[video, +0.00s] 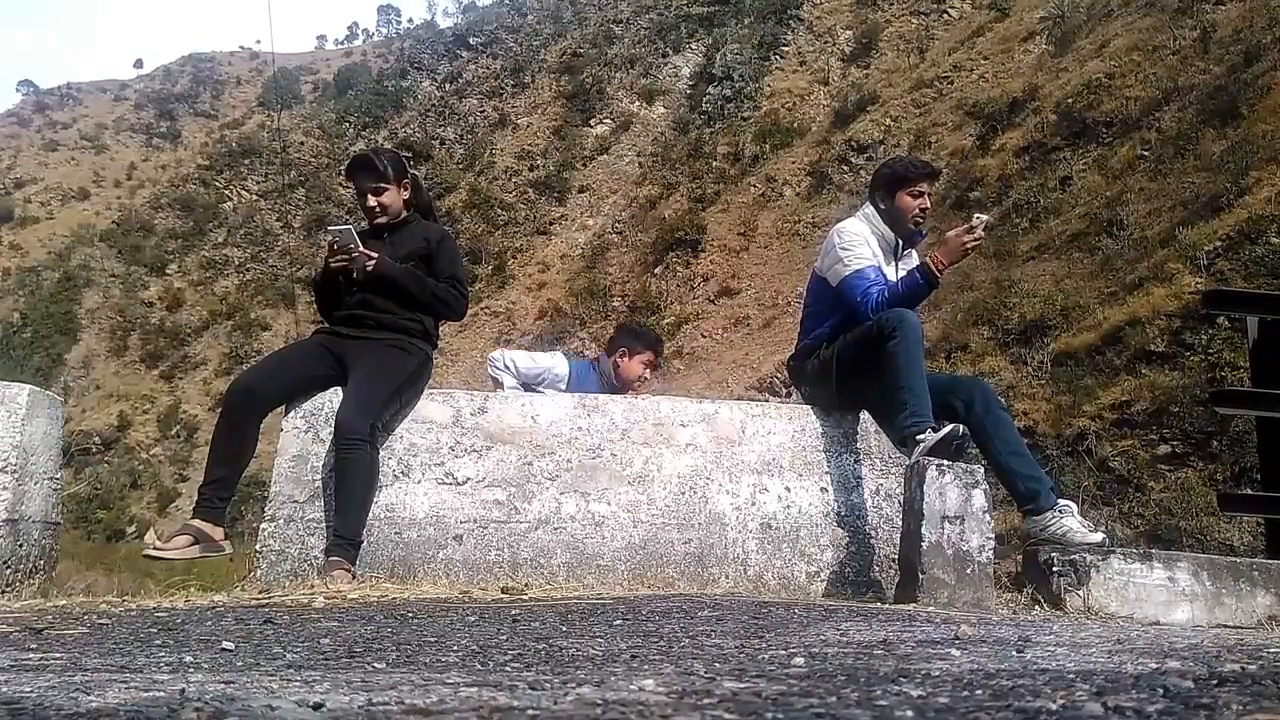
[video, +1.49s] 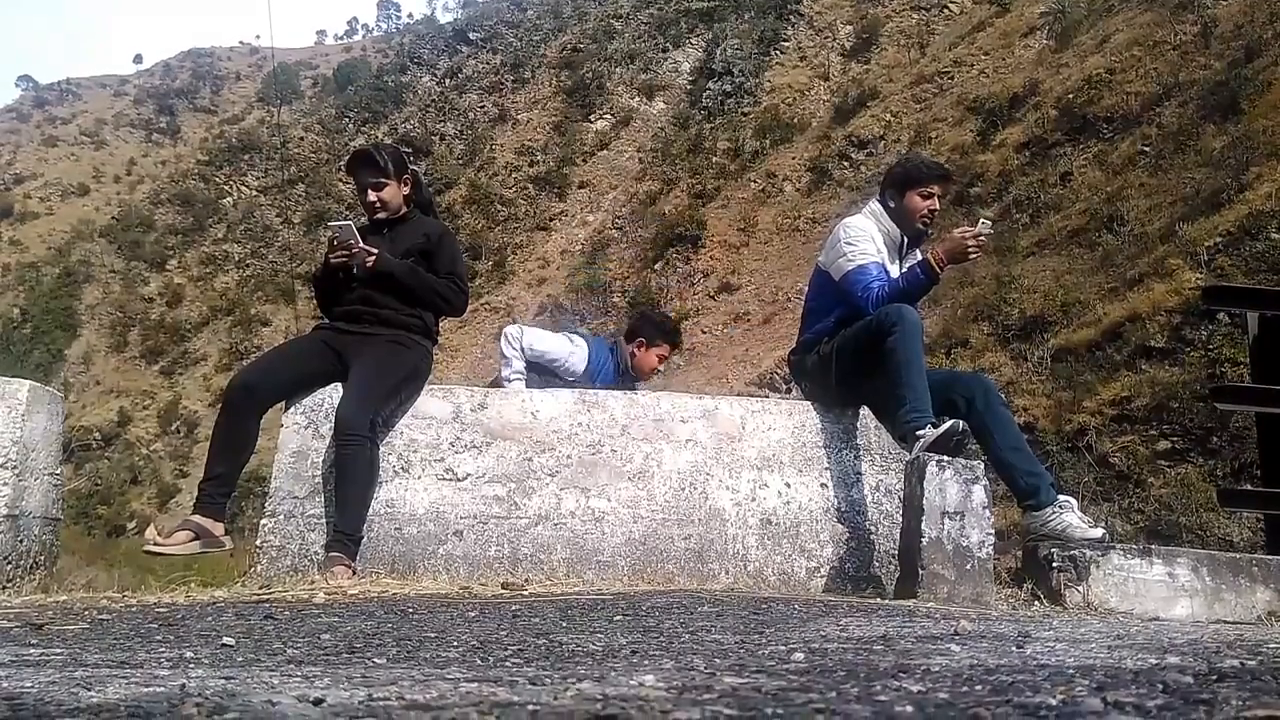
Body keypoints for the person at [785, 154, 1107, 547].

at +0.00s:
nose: (925, 204)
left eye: (927, 195)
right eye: (915, 195)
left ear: (926, 200)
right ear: (884, 197)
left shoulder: (906, 246)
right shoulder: (849, 235)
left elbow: (895, 309)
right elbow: (871, 305)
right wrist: (938, 261)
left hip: (876, 375)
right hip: (824, 373)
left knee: (975, 394)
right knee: (900, 324)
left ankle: (1043, 510)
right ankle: (917, 436)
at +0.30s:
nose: (926, 205)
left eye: (928, 197)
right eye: (916, 196)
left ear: (928, 203)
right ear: (885, 199)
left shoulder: (907, 247)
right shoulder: (849, 236)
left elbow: (895, 310)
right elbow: (870, 306)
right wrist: (938, 262)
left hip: (875, 376)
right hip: (824, 374)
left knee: (974, 394)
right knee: (900, 325)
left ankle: (1043, 512)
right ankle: (917, 437)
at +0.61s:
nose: (928, 205)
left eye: (930, 197)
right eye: (918, 196)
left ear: (930, 203)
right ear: (887, 199)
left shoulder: (909, 245)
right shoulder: (853, 235)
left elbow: (894, 308)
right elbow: (873, 304)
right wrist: (937, 262)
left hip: (876, 376)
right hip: (824, 373)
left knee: (974, 393)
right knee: (900, 324)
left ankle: (1043, 511)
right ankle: (917, 437)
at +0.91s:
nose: (935, 207)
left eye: (937, 198)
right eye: (925, 197)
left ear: (934, 202)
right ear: (894, 198)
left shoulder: (912, 243)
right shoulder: (856, 233)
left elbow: (897, 303)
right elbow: (874, 301)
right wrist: (938, 261)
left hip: (876, 374)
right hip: (825, 371)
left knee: (975, 391)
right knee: (901, 322)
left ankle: (1043, 510)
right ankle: (917, 434)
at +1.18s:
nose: (937, 210)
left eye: (941, 202)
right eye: (929, 199)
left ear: (937, 205)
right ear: (898, 197)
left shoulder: (912, 244)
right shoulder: (858, 232)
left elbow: (897, 302)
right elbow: (874, 300)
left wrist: (946, 260)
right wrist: (940, 261)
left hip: (876, 373)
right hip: (825, 370)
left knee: (975, 390)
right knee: (900, 321)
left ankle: (1043, 509)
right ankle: (918, 433)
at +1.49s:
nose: (935, 207)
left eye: (939, 199)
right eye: (925, 196)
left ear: (939, 204)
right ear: (894, 195)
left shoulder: (912, 242)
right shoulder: (855, 231)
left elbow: (894, 303)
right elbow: (872, 299)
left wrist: (944, 257)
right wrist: (937, 259)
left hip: (876, 374)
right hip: (824, 369)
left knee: (976, 389)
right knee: (899, 319)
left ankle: (1043, 507)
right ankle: (917, 431)